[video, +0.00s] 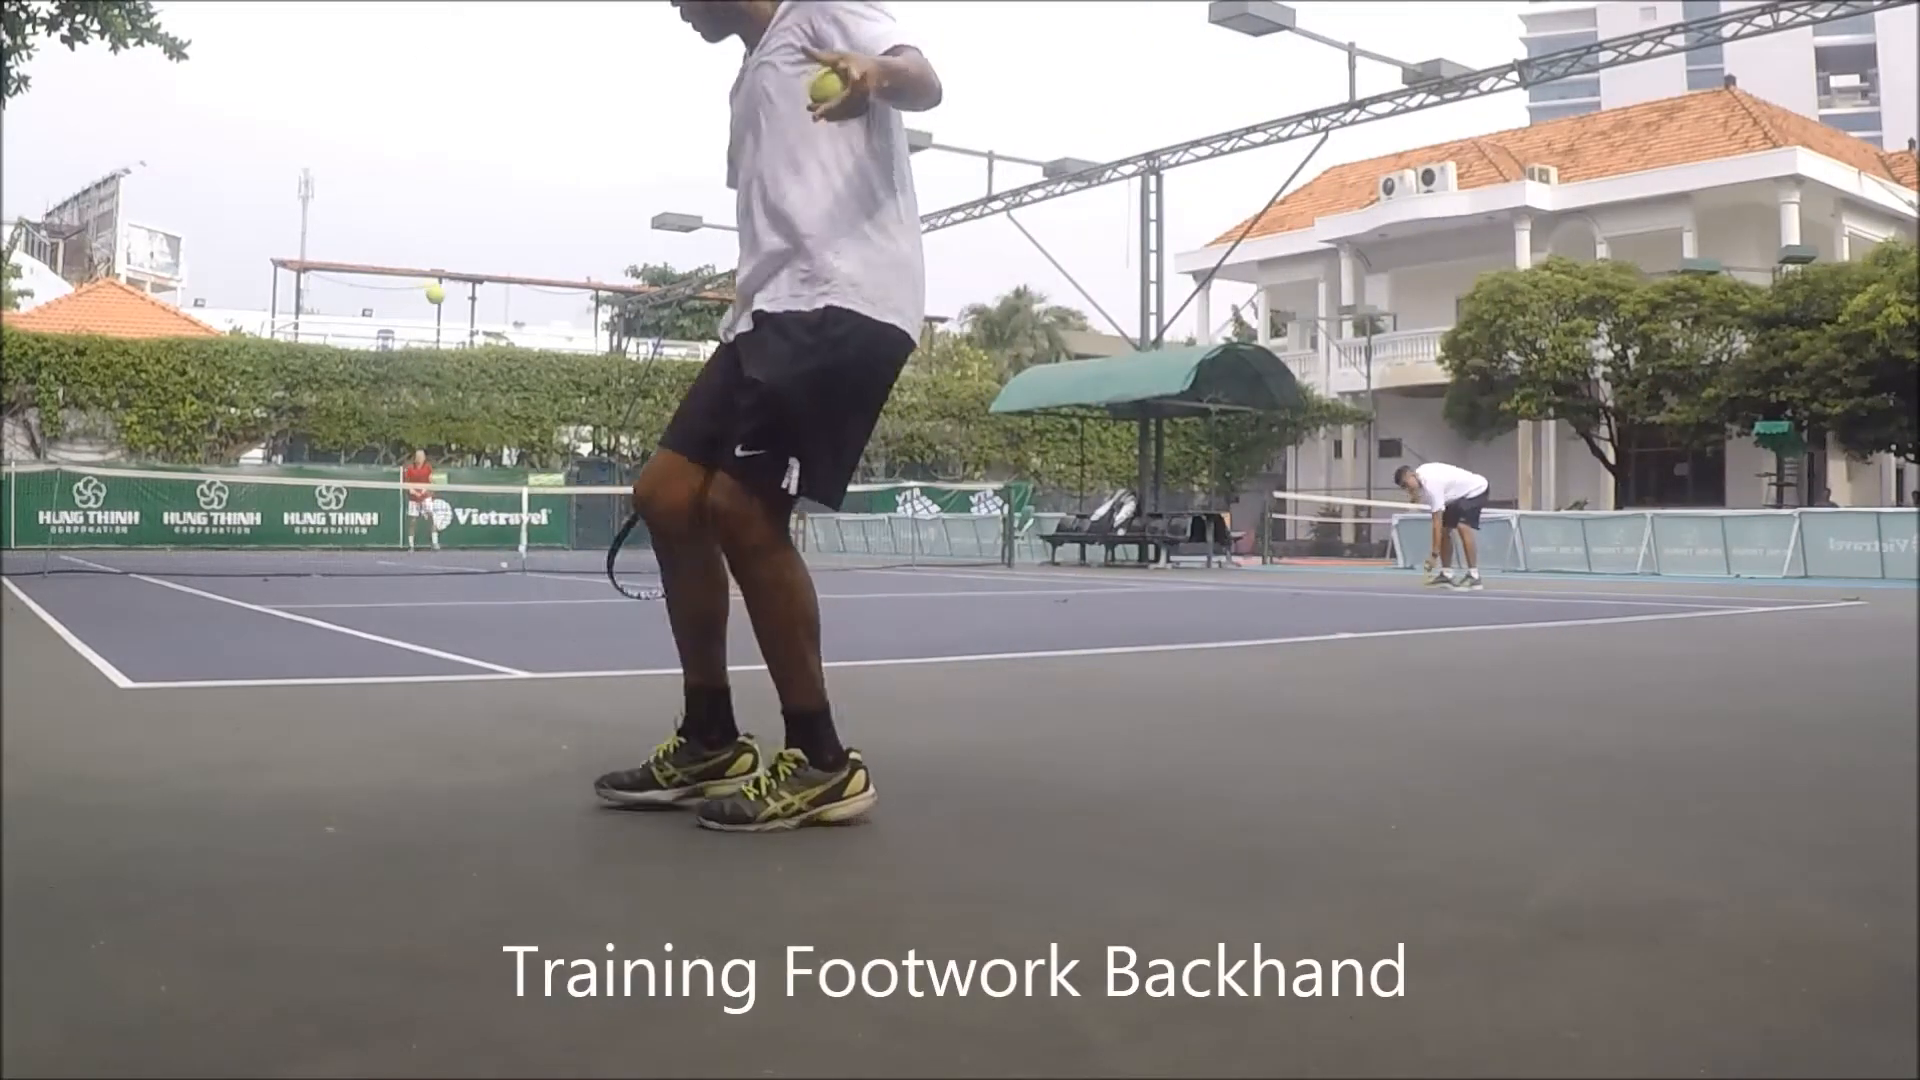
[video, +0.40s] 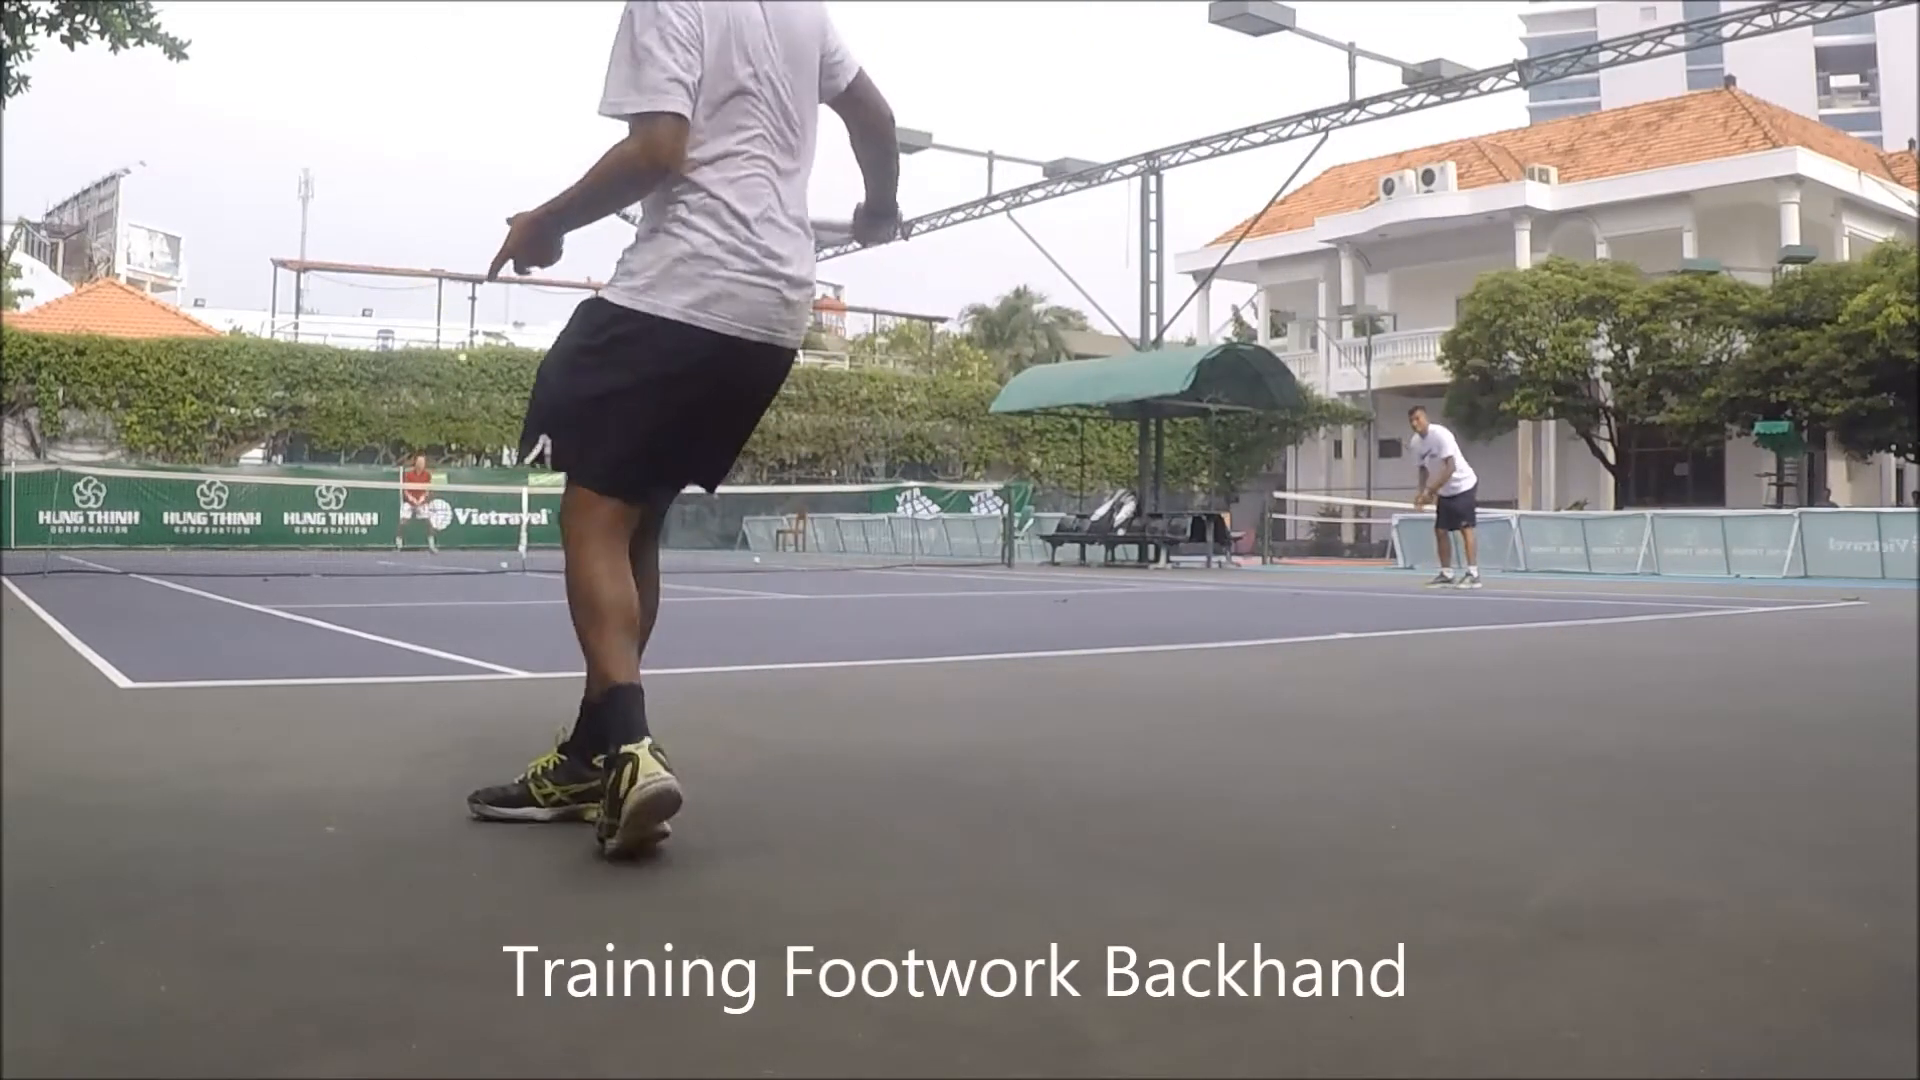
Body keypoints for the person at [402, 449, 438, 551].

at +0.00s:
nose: (419, 460)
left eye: (421, 458)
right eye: (417, 458)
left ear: (424, 458)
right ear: (415, 458)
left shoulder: (428, 468)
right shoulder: (409, 469)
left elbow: (431, 481)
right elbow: (406, 483)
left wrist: (424, 490)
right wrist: (413, 491)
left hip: (426, 496)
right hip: (413, 497)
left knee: (431, 518)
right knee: (412, 520)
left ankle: (435, 542)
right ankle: (411, 544)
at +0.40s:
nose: (420, 465)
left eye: (422, 462)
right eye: (419, 462)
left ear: (425, 464)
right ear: (415, 463)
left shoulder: (427, 475)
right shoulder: (408, 474)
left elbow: (427, 489)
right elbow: (405, 489)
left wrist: (421, 499)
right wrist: (411, 498)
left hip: (421, 500)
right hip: (409, 500)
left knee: (429, 519)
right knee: (403, 518)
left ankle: (431, 542)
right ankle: (399, 539)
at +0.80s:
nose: (424, 470)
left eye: (425, 467)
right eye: (422, 467)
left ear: (427, 468)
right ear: (417, 467)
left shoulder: (426, 478)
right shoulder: (409, 476)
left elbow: (424, 492)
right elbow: (406, 491)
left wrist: (422, 503)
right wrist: (413, 503)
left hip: (419, 502)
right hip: (407, 502)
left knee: (423, 521)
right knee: (407, 521)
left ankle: (421, 544)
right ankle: (394, 541)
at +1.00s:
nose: (425, 469)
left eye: (426, 467)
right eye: (423, 466)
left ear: (425, 468)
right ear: (417, 466)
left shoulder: (420, 478)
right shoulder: (412, 477)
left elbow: (421, 493)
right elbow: (414, 493)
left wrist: (422, 505)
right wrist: (417, 504)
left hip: (414, 504)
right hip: (405, 503)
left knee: (419, 521)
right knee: (405, 526)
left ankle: (410, 543)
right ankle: (390, 544)